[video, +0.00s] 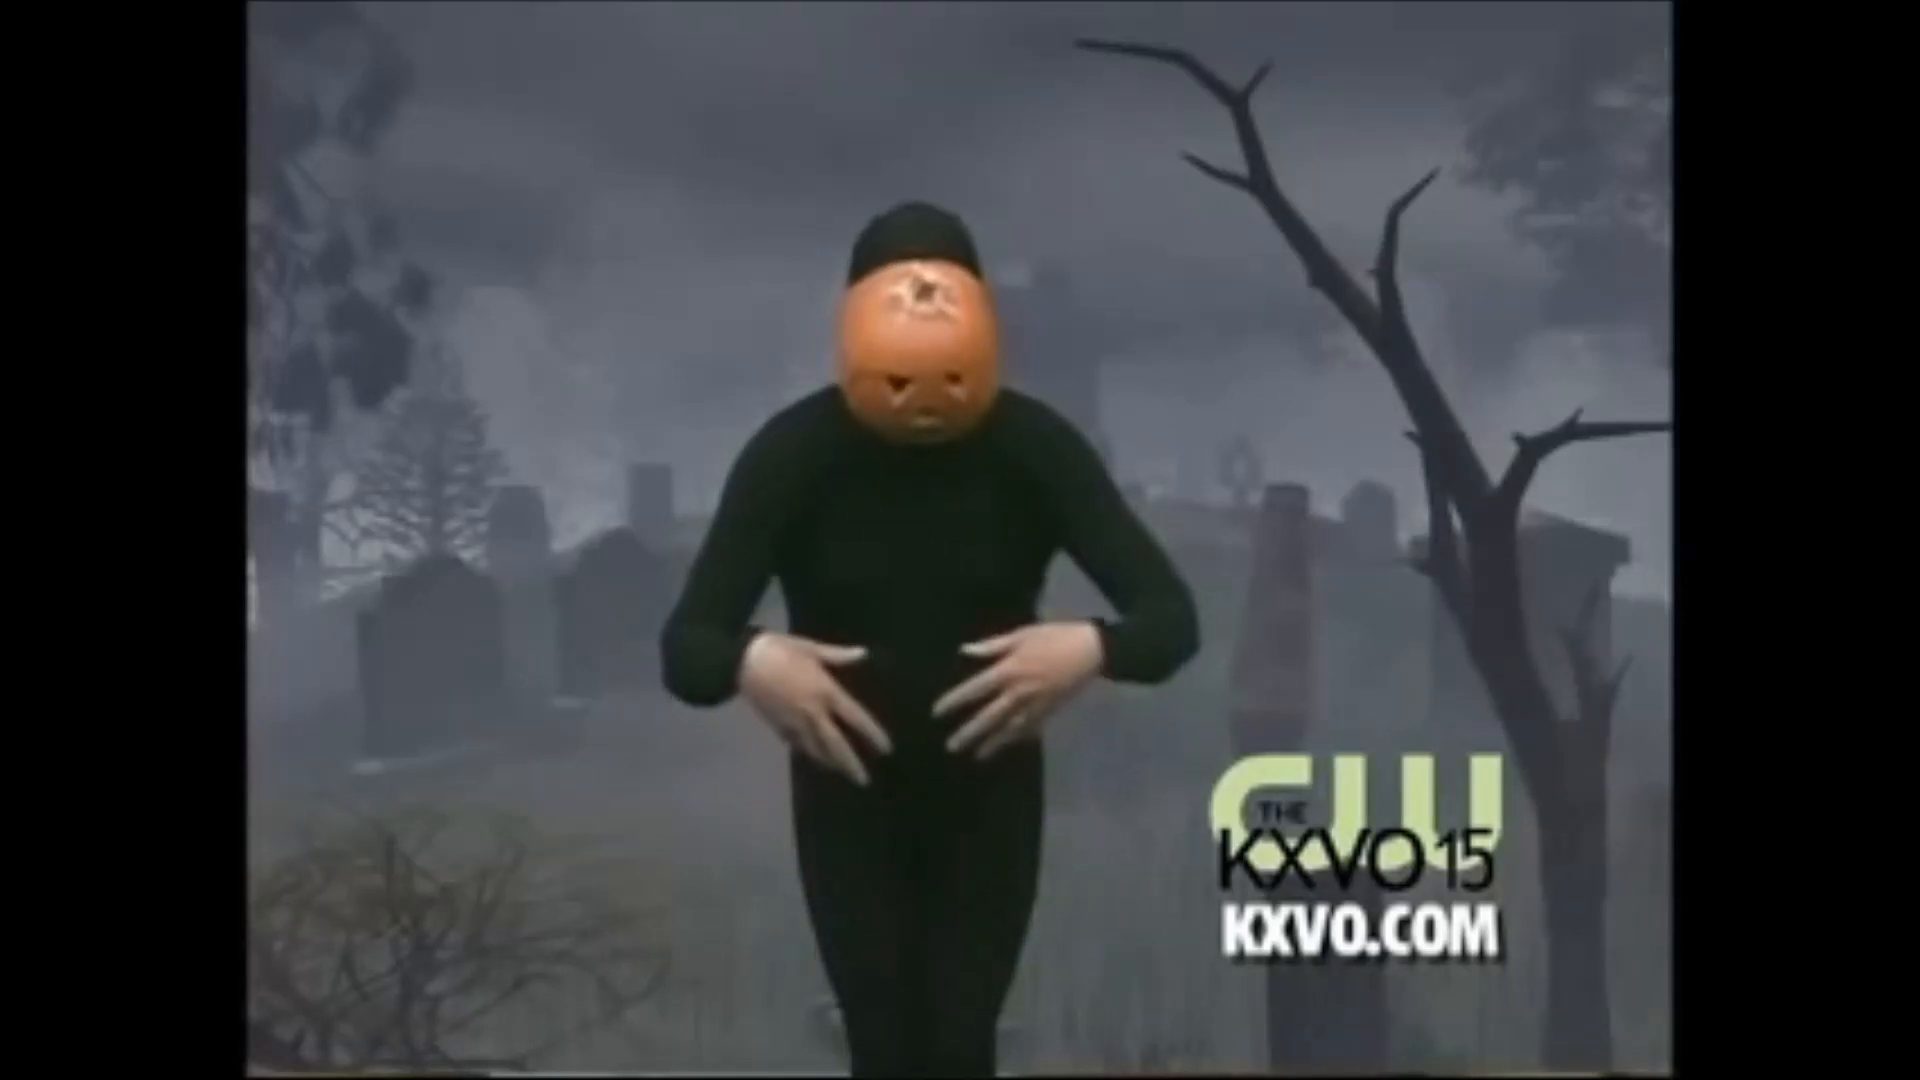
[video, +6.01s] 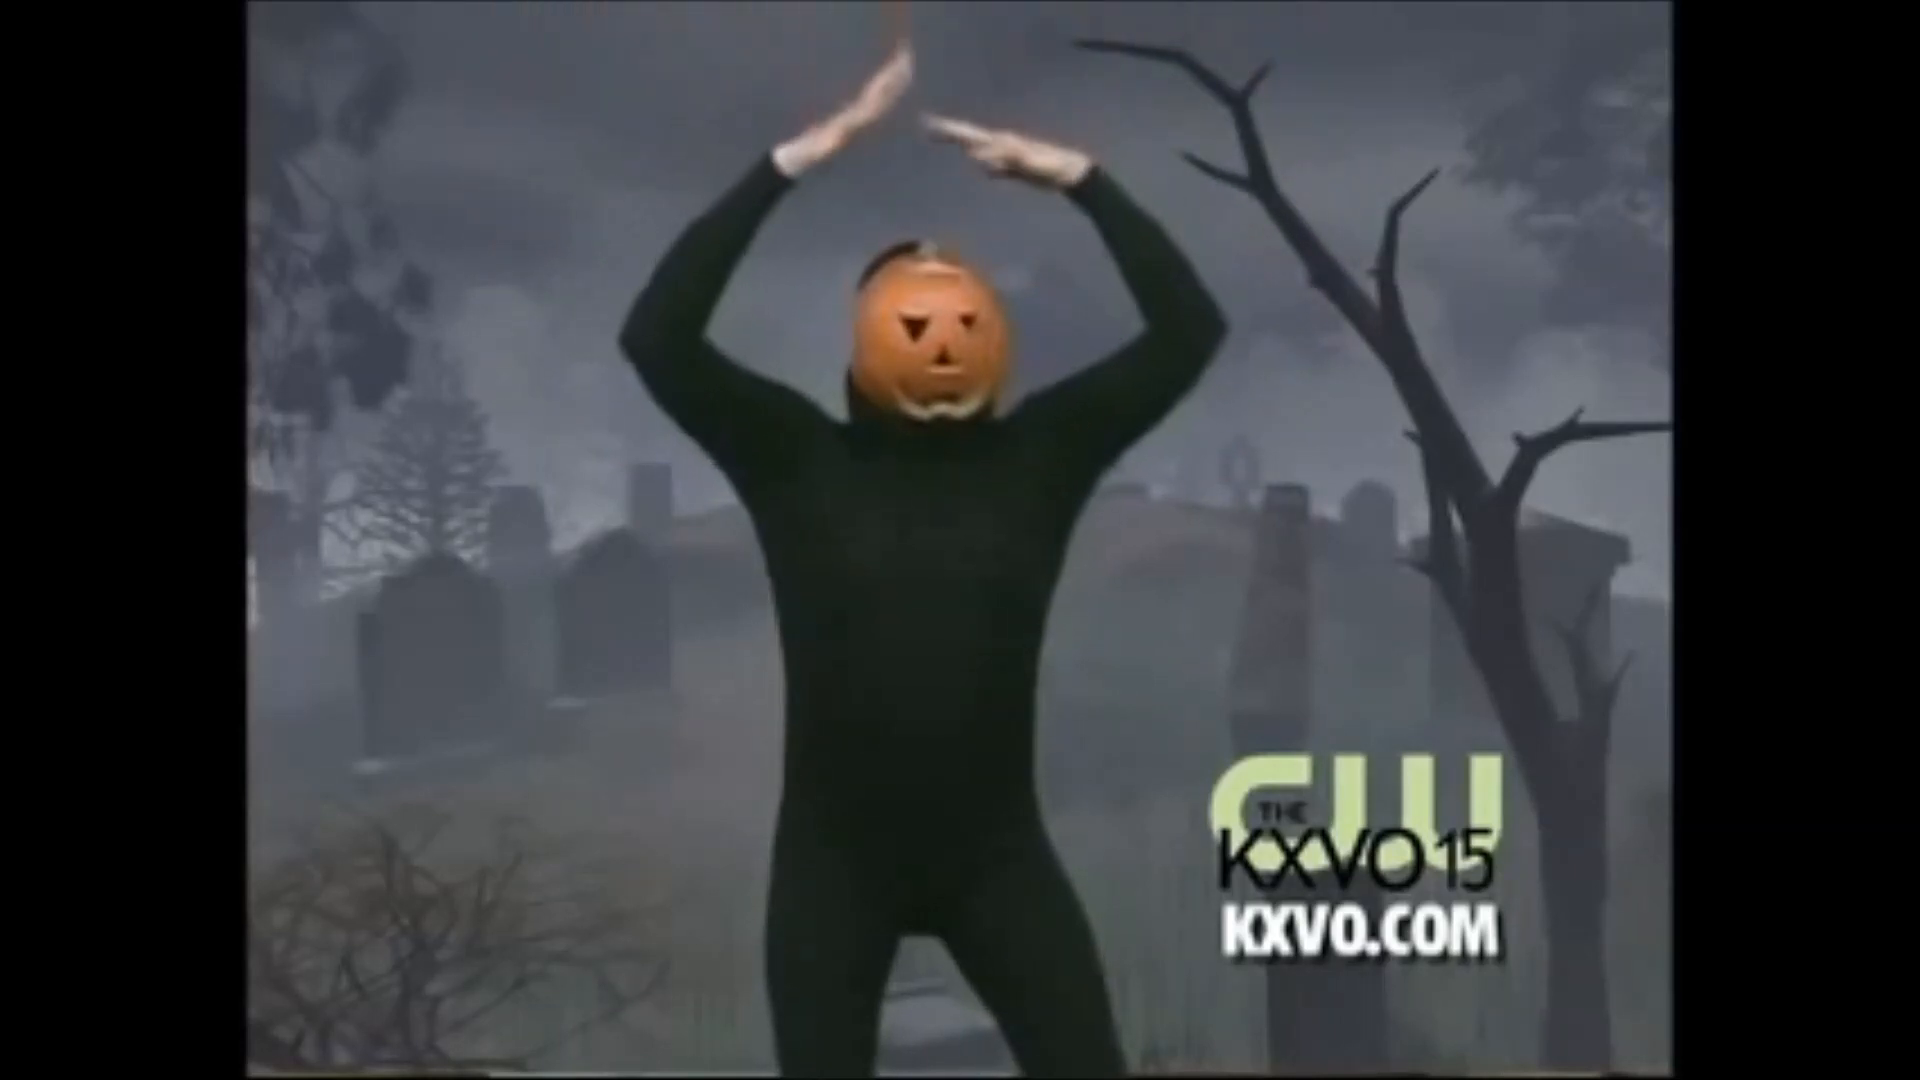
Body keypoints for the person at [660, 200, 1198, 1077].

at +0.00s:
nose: (920, 304)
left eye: (945, 290)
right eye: (895, 290)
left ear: (990, 326)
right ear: (845, 323)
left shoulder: (1035, 448)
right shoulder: (794, 453)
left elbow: (1172, 625)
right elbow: (688, 653)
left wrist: (1093, 645)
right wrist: (750, 660)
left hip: (989, 786)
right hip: (845, 790)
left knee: (959, 1042)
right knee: (884, 1042)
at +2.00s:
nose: (926, 305)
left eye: (951, 287)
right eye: (893, 285)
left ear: (985, 314)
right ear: (836, 314)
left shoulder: (1046, 446)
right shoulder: (756, 453)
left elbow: (1236, 491)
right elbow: (565, 512)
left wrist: (1271, 376)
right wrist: (545, 400)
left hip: (988, 817)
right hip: (832, 823)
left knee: (1026, 1060)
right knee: (858, 1061)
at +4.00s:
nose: (923, 280)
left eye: (949, 265)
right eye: (893, 262)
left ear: (990, 300)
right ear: (841, 301)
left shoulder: (1048, 414)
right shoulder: (763, 413)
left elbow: (1222, 345)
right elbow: (573, 341)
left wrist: (1298, 209)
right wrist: (494, 194)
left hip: (1001, 837)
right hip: (832, 843)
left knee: (1085, 1065)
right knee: (821, 1066)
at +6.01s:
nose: (941, 337)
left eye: (967, 319)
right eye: (908, 318)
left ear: (1005, 355)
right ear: (857, 357)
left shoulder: (1044, 455)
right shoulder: (792, 456)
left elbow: (1189, 329)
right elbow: (657, 336)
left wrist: (1085, 179)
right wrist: (790, 161)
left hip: (997, 853)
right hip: (833, 857)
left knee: (1087, 1065)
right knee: (821, 1067)